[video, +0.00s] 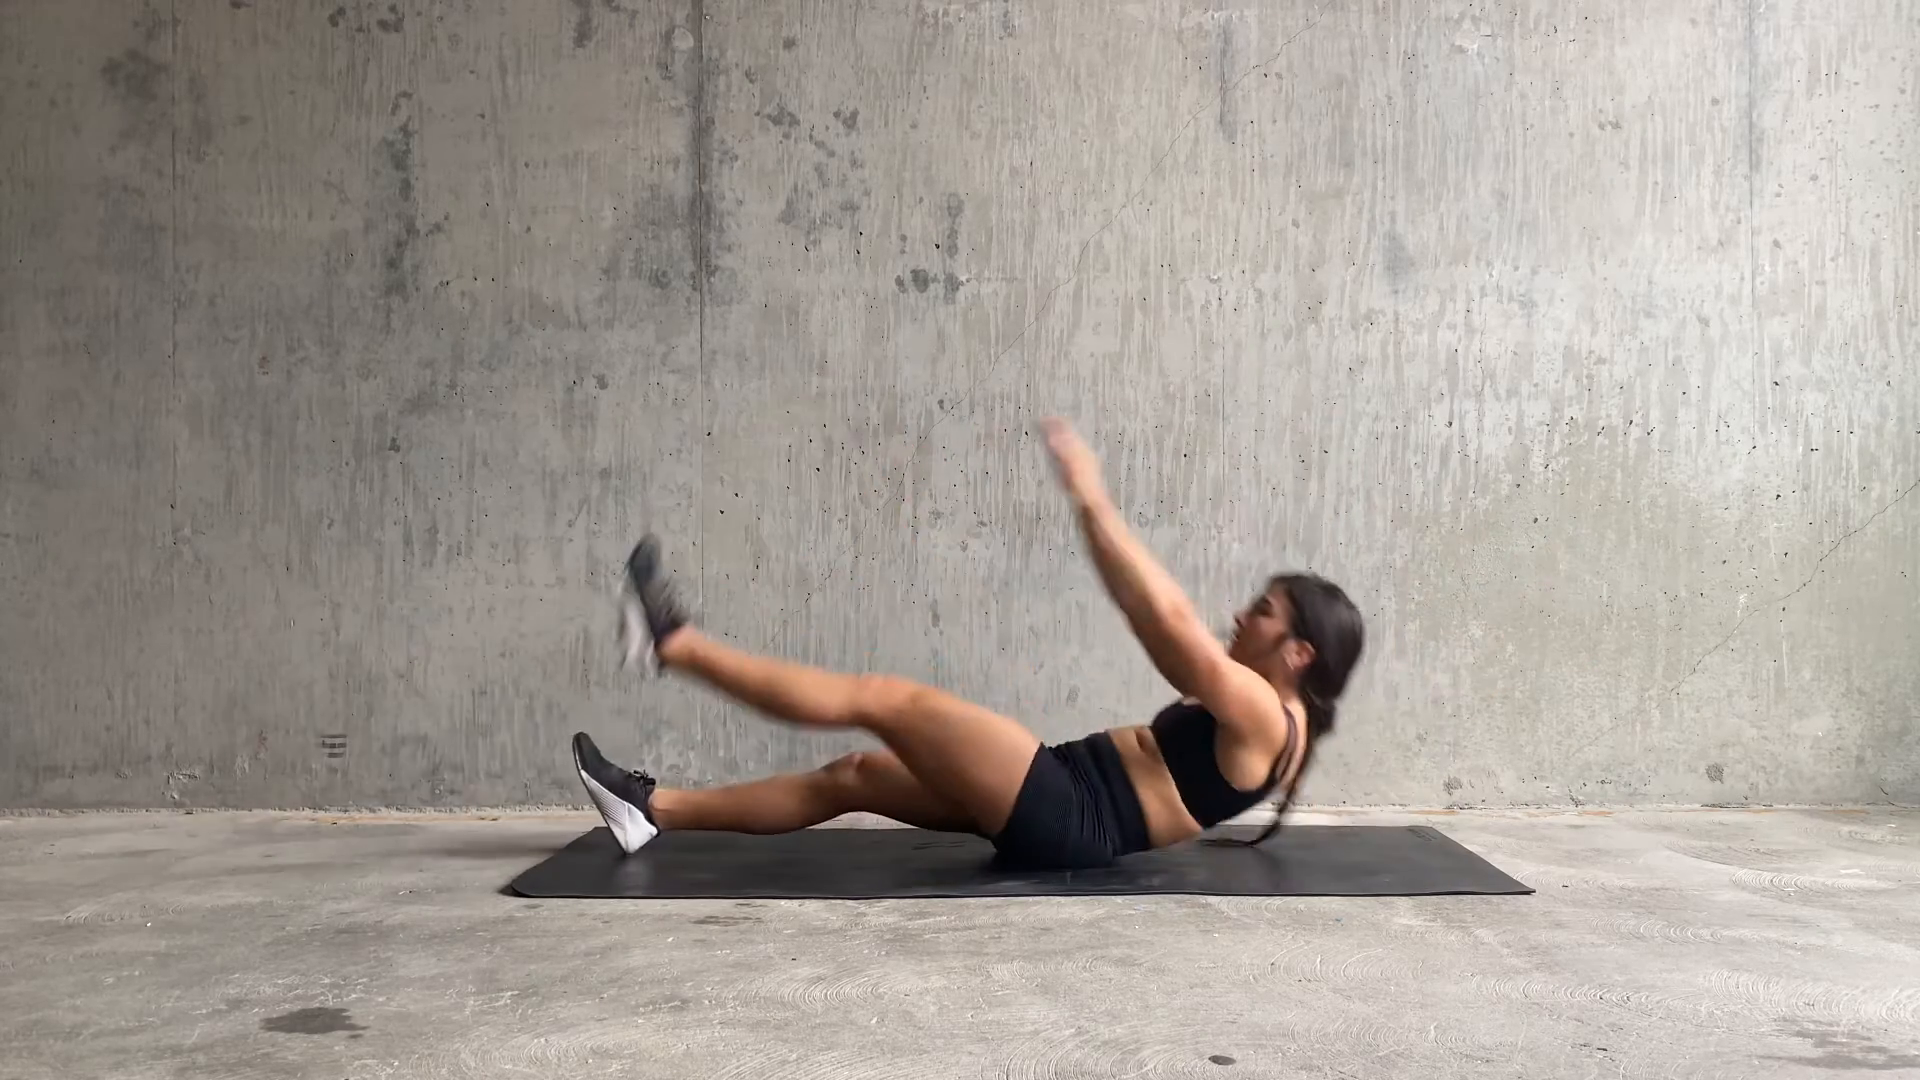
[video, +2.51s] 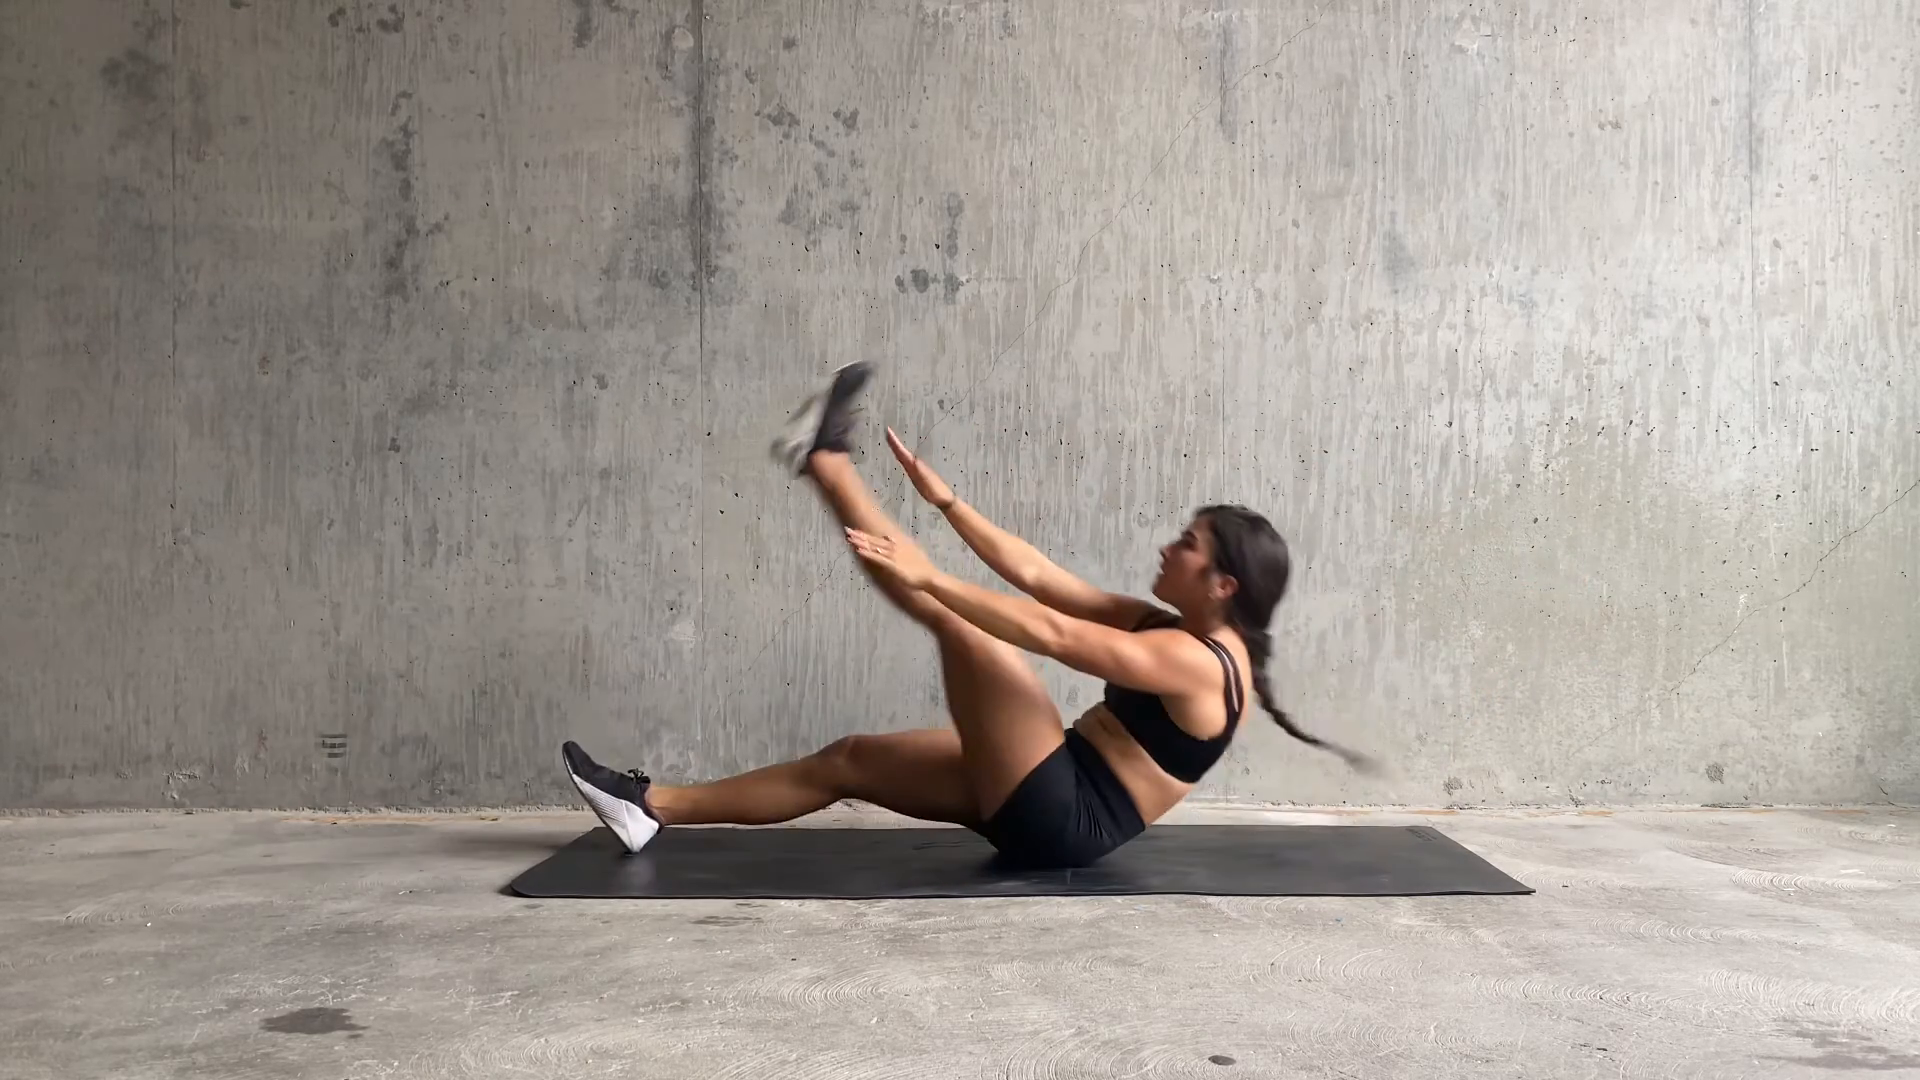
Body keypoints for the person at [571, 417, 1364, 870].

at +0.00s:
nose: (1238, 627)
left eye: (1259, 624)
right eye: (1250, 615)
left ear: (1300, 656)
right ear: (1296, 658)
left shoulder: (1261, 710)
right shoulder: (1260, 713)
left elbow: (1161, 621)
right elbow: (1164, 621)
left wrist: (1093, 503)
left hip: (1072, 810)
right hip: (1061, 800)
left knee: (886, 703)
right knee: (857, 776)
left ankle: (678, 646)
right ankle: (654, 809)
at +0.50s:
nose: (1344, 707)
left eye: (1366, 711)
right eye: (1359, 699)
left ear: (1380, 757)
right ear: (1352, 727)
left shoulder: (1325, 818)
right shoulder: (1313, 781)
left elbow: (1441, 727)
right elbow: (1422, 707)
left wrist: (1541, 650)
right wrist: (1512, 646)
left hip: (1088, 806)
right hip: (1091, 784)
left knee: (872, 786)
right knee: (875, 781)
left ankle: (662, 822)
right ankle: (671, 820)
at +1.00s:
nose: (1175, 567)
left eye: (1193, 562)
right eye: (1190, 556)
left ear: (1229, 594)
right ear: (1237, 598)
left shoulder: (1189, 654)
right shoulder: (1226, 660)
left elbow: (1053, 581)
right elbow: (1073, 645)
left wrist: (956, 498)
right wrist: (995, 619)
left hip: (1059, 812)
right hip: (1058, 768)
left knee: (843, 772)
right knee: (952, 613)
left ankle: (627, 823)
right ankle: (814, 473)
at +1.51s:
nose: (1243, 620)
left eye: (1263, 619)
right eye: (1255, 610)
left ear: (1298, 654)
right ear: (1290, 647)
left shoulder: (1258, 706)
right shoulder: (1242, 697)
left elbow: (1151, 615)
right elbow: (1119, 627)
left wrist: (1067, 504)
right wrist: (1041, 529)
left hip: (1068, 812)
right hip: (1066, 773)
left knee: (852, 790)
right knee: (893, 674)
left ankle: (635, 827)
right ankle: (701, 610)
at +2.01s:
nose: (1338, 702)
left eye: (1358, 700)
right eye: (1352, 691)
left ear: (1380, 745)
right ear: (1361, 730)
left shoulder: (1324, 815)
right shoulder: (1313, 791)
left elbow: (1426, 708)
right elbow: (1410, 702)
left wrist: (1518, 628)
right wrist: (1500, 632)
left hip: (1089, 807)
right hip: (1089, 782)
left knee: (874, 785)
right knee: (874, 774)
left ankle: (659, 825)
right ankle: (668, 816)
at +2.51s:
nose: (1163, 554)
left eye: (1182, 549)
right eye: (1174, 542)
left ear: (1222, 582)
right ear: (1213, 577)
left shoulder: (1196, 662)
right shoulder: (1177, 634)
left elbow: (1051, 636)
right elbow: (1048, 582)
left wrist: (922, 581)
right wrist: (949, 505)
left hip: (1066, 815)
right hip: (1050, 791)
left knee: (957, 614)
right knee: (849, 761)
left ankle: (826, 455)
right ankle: (653, 807)